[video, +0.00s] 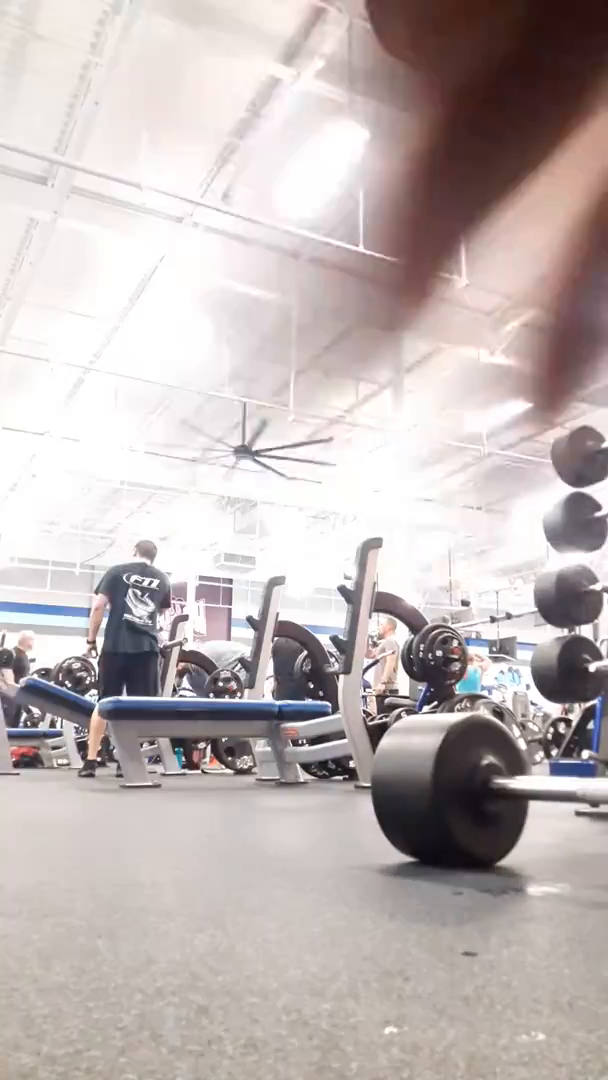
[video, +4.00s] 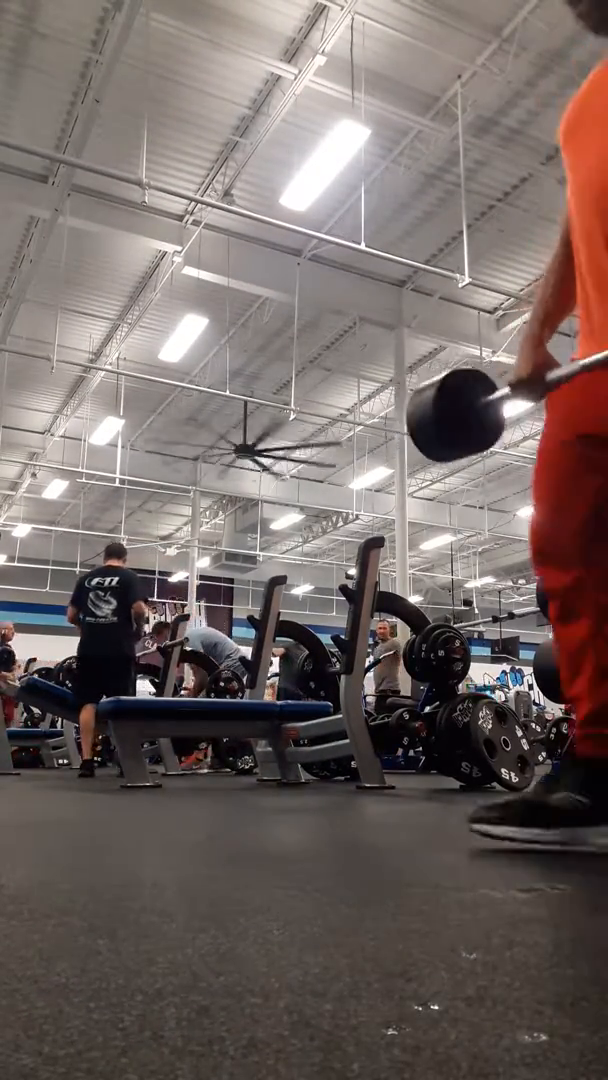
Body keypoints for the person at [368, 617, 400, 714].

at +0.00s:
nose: (379, 627)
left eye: (382, 625)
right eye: (380, 625)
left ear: (389, 627)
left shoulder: (390, 643)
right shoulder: (384, 643)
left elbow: (390, 663)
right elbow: (370, 654)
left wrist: (383, 682)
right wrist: (366, 640)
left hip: (387, 689)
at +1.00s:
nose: (380, 626)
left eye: (383, 623)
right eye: (381, 623)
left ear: (390, 626)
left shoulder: (392, 641)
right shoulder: (385, 642)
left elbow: (394, 662)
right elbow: (370, 654)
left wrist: (387, 682)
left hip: (388, 688)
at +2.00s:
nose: (385, 631)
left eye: (387, 628)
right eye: (382, 629)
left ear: (392, 629)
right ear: (379, 631)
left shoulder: (395, 642)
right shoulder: (383, 644)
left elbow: (396, 660)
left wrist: (377, 665)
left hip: (391, 688)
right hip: (383, 688)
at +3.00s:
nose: (378, 632)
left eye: (380, 629)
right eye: (379, 629)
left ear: (386, 628)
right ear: (387, 628)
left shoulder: (391, 643)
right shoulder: (392, 642)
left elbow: (386, 662)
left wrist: (374, 668)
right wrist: (374, 667)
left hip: (389, 691)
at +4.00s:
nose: (381, 631)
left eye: (384, 628)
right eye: (379, 628)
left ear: (389, 630)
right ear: (376, 631)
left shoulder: (394, 643)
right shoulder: (377, 648)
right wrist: (377, 686)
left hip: (391, 689)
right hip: (380, 688)